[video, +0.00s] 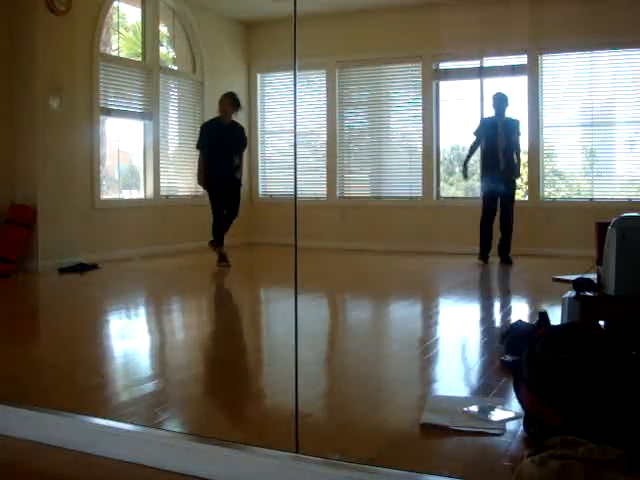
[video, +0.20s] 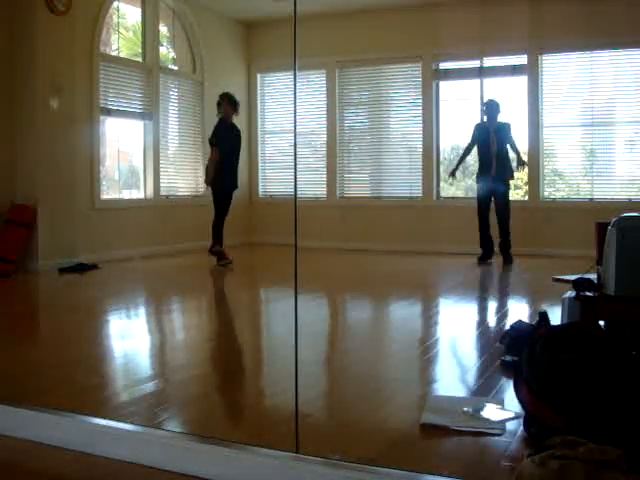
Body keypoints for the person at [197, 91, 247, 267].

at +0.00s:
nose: (224, 108)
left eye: (228, 105)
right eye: (222, 104)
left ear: (234, 108)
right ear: (219, 106)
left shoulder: (238, 129)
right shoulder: (208, 126)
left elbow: (240, 154)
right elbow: (202, 153)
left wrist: (240, 175)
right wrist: (201, 174)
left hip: (231, 175)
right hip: (212, 175)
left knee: (233, 211)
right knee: (218, 213)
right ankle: (221, 252)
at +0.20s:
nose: (225, 109)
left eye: (228, 106)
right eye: (224, 106)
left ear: (233, 108)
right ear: (221, 108)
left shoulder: (234, 129)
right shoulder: (220, 127)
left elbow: (233, 156)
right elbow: (215, 153)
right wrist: (209, 175)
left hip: (229, 177)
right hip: (219, 177)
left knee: (222, 214)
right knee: (220, 213)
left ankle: (217, 246)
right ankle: (217, 248)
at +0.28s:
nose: (241, 111)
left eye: (241, 108)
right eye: (239, 108)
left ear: (225, 109)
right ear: (232, 109)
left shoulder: (210, 128)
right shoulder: (235, 130)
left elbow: (208, 155)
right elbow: (232, 156)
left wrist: (208, 173)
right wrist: (230, 178)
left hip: (212, 176)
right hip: (229, 178)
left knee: (213, 213)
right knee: (226, 215)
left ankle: (211, 248)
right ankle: (223, 250)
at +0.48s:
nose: (239, 114)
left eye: (238, 111)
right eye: (237, 111)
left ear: (221, 112)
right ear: (234, 112)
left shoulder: (212, 130)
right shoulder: (240, 131)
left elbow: (194, 150)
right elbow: (250, 151)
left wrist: (202, 166)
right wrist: (248, 174)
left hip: (215, 179)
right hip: (234, 178)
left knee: (219, 216)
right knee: (230, 217)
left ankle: (213, 251)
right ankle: (223, 250)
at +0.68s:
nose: (233, 117)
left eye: (230, 115)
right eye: (231, 115)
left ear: (216, 118)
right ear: (230, 115)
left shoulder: (209, 138)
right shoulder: (238, 128)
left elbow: (205, 159)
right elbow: (253, 135)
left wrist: (212, 169)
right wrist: (249, 158)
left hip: (221, 181)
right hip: (240, 178)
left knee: (224, 216)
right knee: (248, 216)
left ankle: (213, 250)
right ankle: (230, 247)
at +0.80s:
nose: (221, 125)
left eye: (219, 123)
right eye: (231, 120)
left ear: (217, 123)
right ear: (231, 119)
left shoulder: (217, 141)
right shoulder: (241, 133)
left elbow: (221, 163)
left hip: (225, 182)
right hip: (242, 181)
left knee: (231, 217)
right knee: (250, 218)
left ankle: (216, 250)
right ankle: (230, 247)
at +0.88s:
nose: (250, 126)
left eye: (250, 123)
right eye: (249, 123)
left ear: (235, 124)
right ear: (244, 124)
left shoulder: (230, 139)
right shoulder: (241, 137)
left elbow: (243, 166)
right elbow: (239, 163)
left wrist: (260, 163)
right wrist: (242, 173)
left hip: (226, 183)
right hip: (239, 183)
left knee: (235, 220)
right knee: (265, 211)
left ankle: (216, 249)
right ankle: (245, 240)